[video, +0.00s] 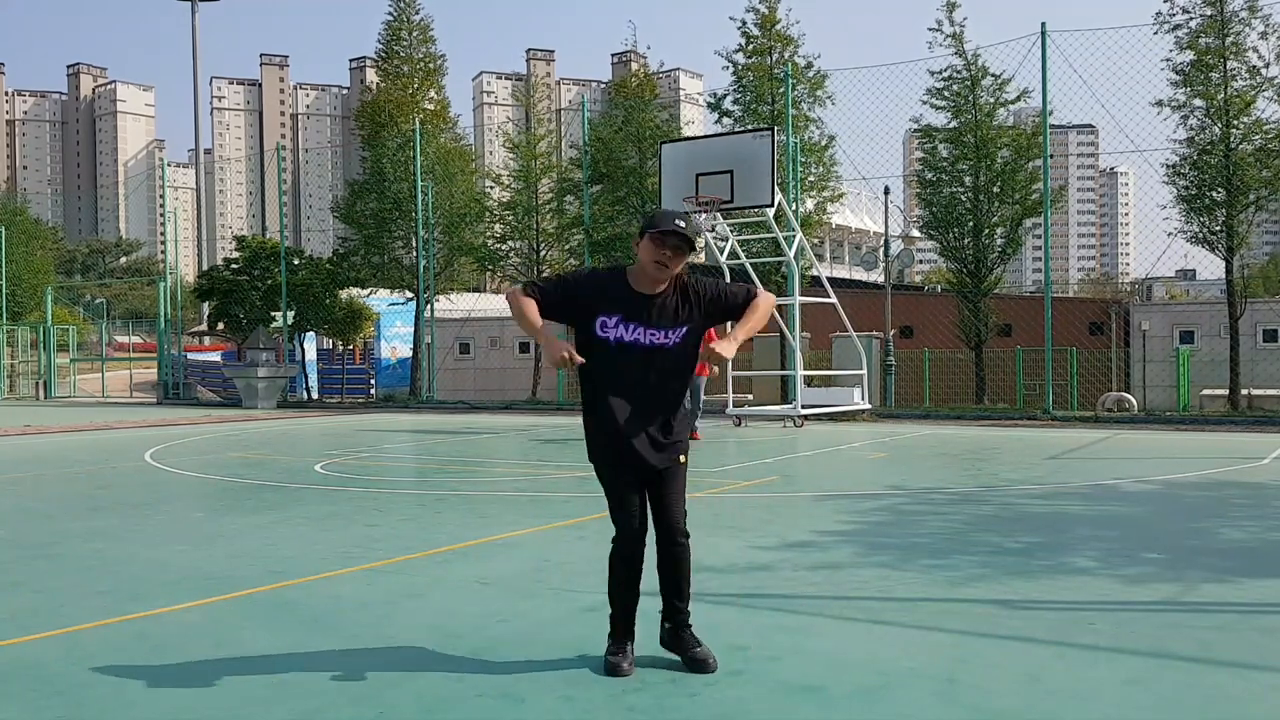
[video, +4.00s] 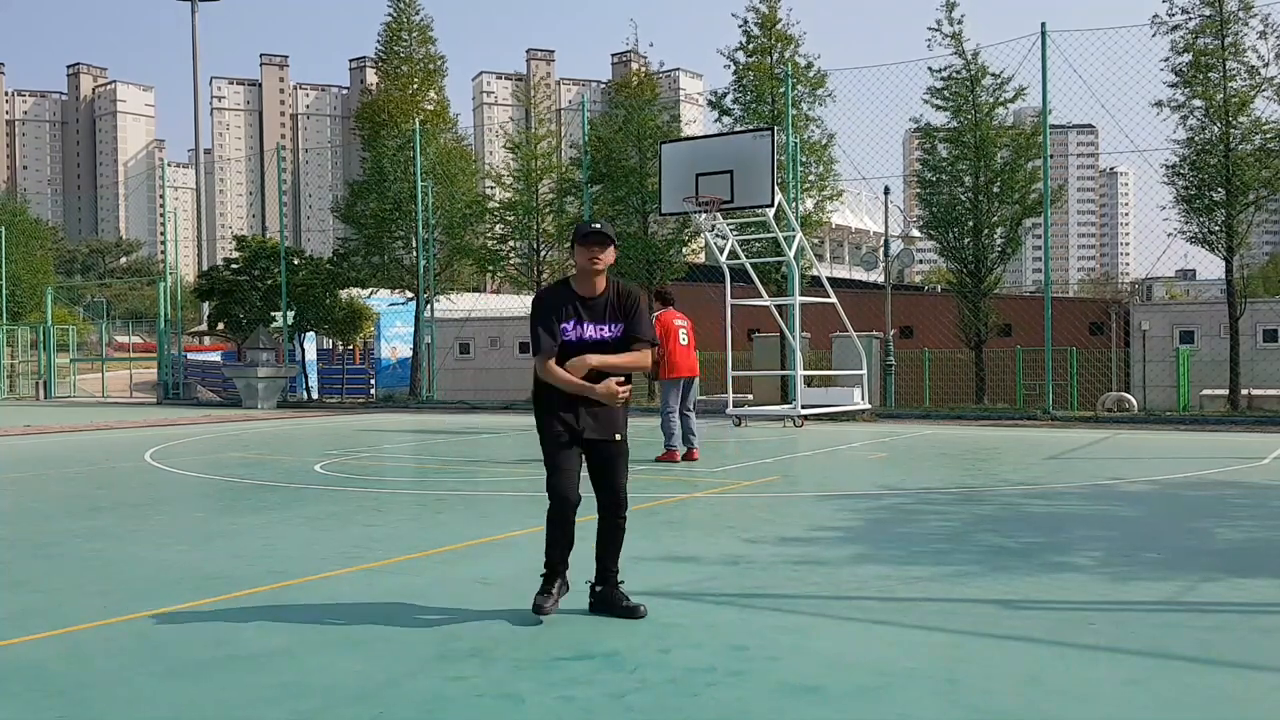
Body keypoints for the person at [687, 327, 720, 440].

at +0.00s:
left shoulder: (706, 327)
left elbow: (713, 344)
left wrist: (714, 363)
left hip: (700, 368)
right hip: (683, 370)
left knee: (698, 403)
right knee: (683, 403)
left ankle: (693, 428)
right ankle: (682, 430)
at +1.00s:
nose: (712, 308)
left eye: (712, 305)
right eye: (709, 305)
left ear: (711, 308)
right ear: (699, 307)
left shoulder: (714, 325)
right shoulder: (687, 324)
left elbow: (719, 345)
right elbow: (679, 344)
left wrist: (724, 362)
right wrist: (677, 363)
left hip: (711, 370)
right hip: (692, 370)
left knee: (710, 403)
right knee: (690, 403)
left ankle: (707, 435)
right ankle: (689, 433)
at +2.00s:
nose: (722, 306)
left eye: (723, 303)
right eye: (719, 303)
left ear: (724, 304)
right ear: (709, 305)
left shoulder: (727, 322)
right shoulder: (695, 322)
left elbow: (735, 344)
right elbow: (678, 340)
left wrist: (741, 365)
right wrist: (675, 353)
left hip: (725, 370)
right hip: (704, 371)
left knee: (727, 401)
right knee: (705, 407)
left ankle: (728, 439)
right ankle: (708, 439)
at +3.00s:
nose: (693, 305)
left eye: (695, 301)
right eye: (693, 301)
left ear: (704, 303)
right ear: (701, 303)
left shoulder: (723, 320)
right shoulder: (694, 323)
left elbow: (731, 343)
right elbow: (690, 347)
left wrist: (721, 362)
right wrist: (683, 361)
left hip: (719, 371)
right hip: (699, 372)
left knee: (724, 409)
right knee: (699, 409)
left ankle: (728, 441)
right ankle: (702, 445)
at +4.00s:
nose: (653, 304)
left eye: (654, 301)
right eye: (654, 301)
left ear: (657, 302)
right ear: (671, 302)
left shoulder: (658, 318)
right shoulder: (685, 318)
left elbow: (655, 345)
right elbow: (692, 345)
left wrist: (653, 364)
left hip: (673, 367)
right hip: (692, 366)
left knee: (669, 409)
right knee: (688, 409)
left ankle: (672, 449)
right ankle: (692, 448)